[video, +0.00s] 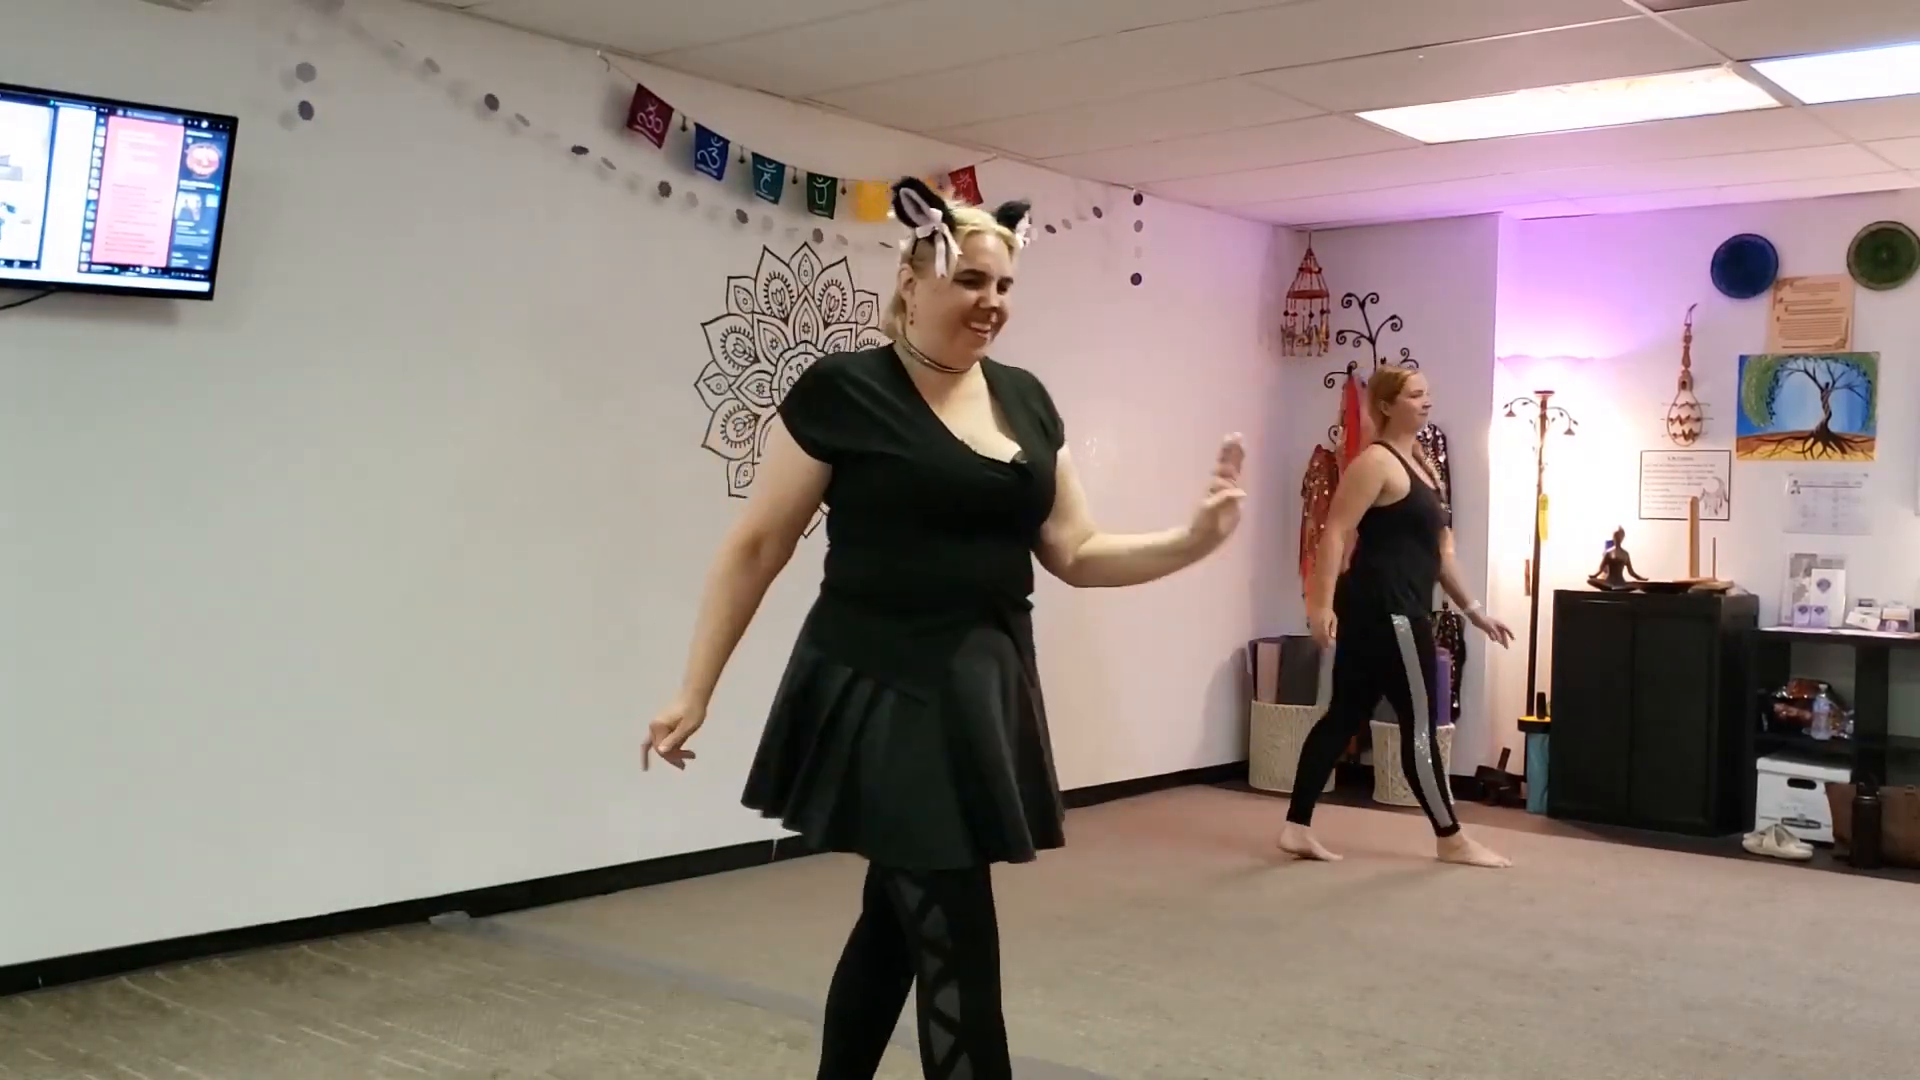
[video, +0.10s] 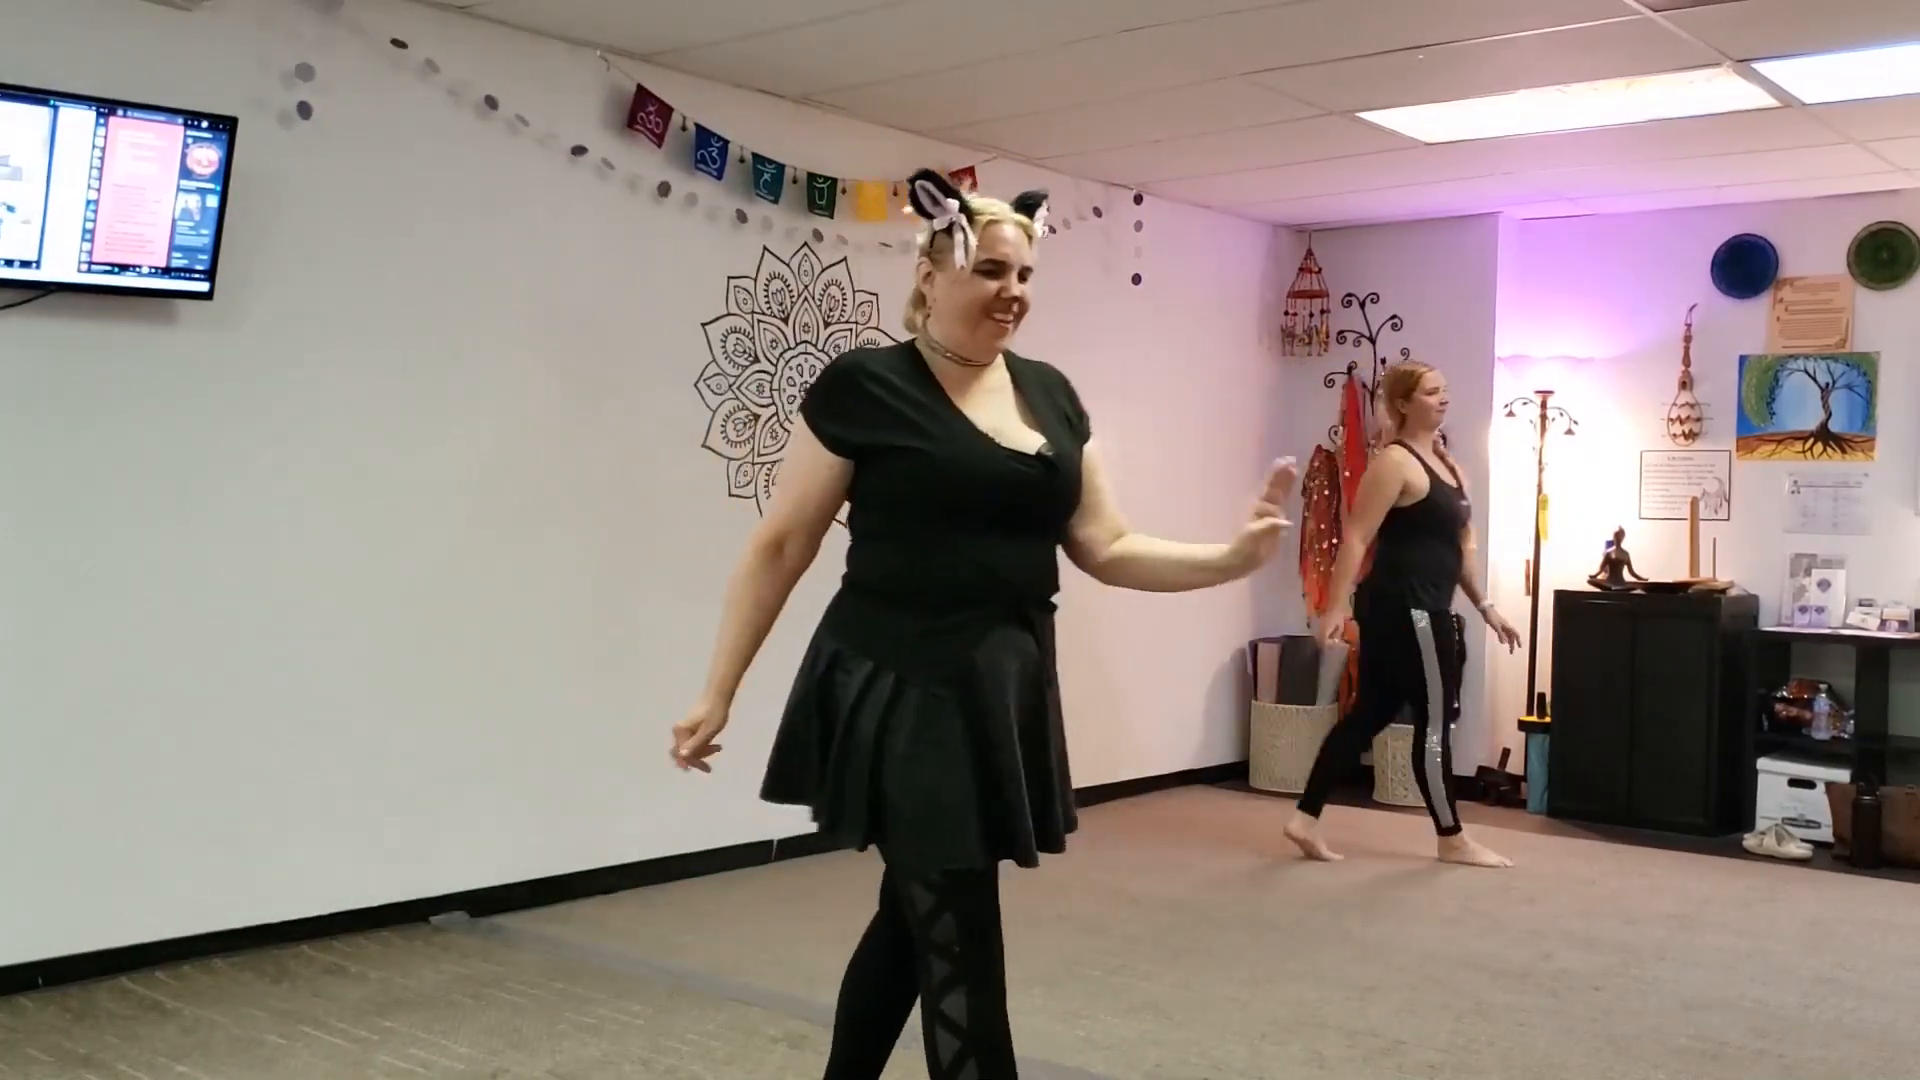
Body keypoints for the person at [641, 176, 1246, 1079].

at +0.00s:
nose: (992, 301)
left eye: (1005, 285)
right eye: (970, 279)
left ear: (1016, 293)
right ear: (908, 282)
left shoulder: (1018, 398)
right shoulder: (843, 394)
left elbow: (1075, 551)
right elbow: (756, 547)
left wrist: (1192, 540)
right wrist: (694, 695)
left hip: (983, 689)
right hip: (874, 688)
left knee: (896, 922)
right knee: (961, 933)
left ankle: (841, 1077)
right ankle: (971, 1072)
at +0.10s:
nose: (1014, 291)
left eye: (1026, 275)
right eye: (992, 270)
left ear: (1034, 285)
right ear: (929, 275)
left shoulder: (1045, 394)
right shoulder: (866, 387)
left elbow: (1105, 546)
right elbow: (782, 545)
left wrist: (1235, 556)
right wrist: (716, 695)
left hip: (1006, 685)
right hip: (894, 683)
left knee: (910, 925)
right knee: (964, 935)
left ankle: (845, 1079)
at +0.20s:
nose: (1037, 280)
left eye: (1048, 263)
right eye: (1015, 259)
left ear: (1058, 272)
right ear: (953, 266)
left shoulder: (1072, 388)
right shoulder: (887, 380)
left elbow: (1141, 540)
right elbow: (804, 536)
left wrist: (1275, 576)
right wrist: (742, 689)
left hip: (1028, 685)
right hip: (916, 680)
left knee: (930, 919)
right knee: (976, 937)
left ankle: (856, 1074)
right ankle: (982, 1072)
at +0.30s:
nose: (1062, 274)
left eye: (1073, 257)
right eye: (1038, 253)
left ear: (1083, 268)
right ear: (976, 261)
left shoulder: (1098, 387)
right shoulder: (912, 376)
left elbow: (1175, 544)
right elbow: (821, 536)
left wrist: (1309, 621)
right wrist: (769, 685)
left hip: (1047, 683)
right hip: (930, 676)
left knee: (966, 912)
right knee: (987, 917)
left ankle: (876, 1069)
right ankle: (991, 1079)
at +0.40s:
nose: (1087, 273)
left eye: (1099, 255)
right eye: (1063, 252)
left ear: (1109, 266)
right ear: (999, 261)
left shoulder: (1122, 390)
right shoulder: (936, 374)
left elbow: (1196, 561)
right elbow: (845, 537)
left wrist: (1295, 685)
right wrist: (800, 685)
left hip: (1074, 693)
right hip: (949, 682)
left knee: (1024, 926)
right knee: (994, 936)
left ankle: (897, 1066)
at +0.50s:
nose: (1111, 281)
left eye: (1125, 264)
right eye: (1086, 259)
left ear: (1134, 276)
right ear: (1023, 267)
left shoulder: (1141, 397)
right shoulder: (955, 379)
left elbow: (1188, 583)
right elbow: (868, 547)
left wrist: (1244, 727)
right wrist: (833, 698)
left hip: (1095, 706)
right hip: (967, 699)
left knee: (1088, 960)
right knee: (1008, 982)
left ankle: (926, 1059)